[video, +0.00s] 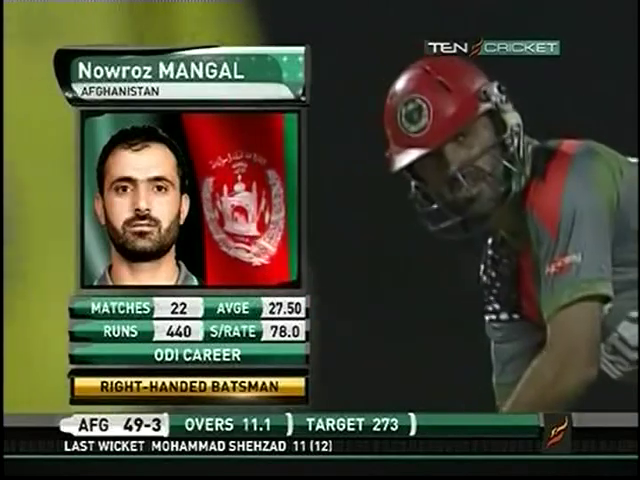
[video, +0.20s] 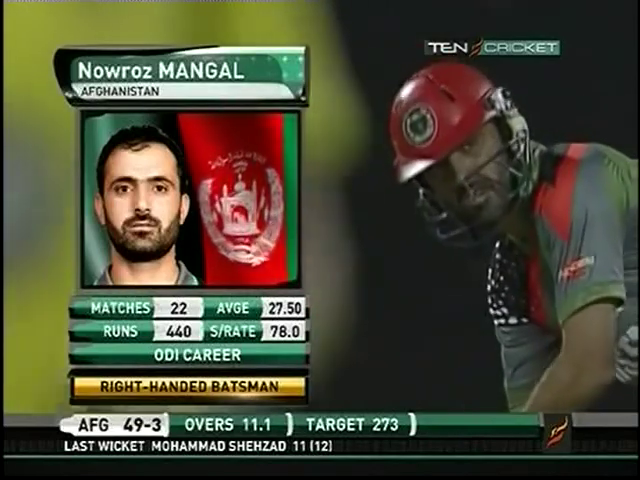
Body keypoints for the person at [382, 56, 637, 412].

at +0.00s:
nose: (453, 167)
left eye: (463, 139)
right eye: (431, 159)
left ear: (502, 124)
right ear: (418, 180)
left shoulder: (572, 178)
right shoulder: (504, 264)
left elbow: (573, 361)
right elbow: (519, 410)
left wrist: (490, 451)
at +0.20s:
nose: (462, 175)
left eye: (470, 146)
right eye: (438, 168)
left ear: (508, 129)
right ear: (426, 189)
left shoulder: (581, 181)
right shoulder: (510, 278)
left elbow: (590, 366)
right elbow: (531, 417)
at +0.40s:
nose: (460, 180)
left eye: (468, 151)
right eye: (437, 173)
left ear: (504, 132)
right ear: (424, 194)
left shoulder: (578, 182)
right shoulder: (508, 282)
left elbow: (599, 363)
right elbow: (534, 416)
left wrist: (520, 448)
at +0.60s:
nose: (463, 173)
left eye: (472, 145)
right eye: (440, 166)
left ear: (508, 127)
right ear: (425, 186)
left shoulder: (582, 181)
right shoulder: (506, 269)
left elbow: (602, 363)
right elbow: (531, 413)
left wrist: (522, 450)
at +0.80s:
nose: (465, 166)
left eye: (474, 138)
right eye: (442, 159)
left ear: (512, 123)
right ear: (426, 178)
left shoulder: (585, 181)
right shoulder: (507, 260)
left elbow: (605, 360)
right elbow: (529, 412)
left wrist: (524, 449)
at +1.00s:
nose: (459, 159)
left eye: (469, 134)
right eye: (443, 144)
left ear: (505, 120)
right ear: (427, 158)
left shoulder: (574, 178)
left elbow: (598, 360)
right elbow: (518, 401)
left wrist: (517, 451)